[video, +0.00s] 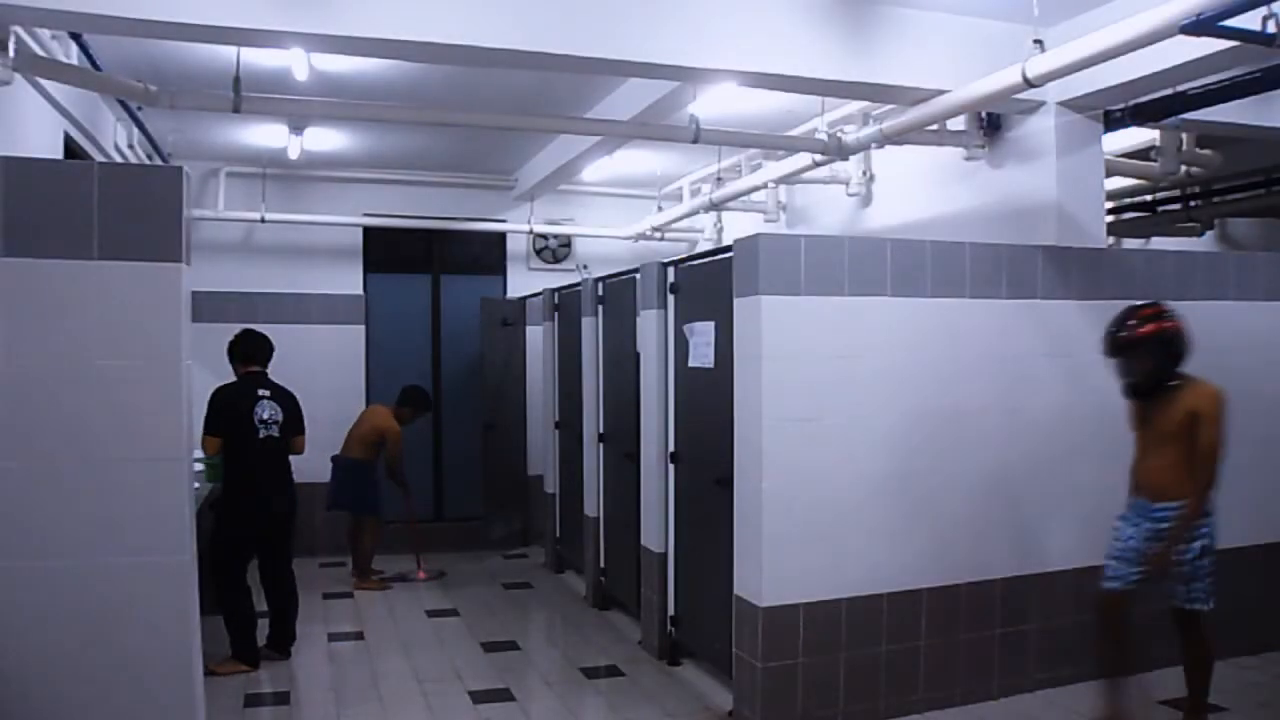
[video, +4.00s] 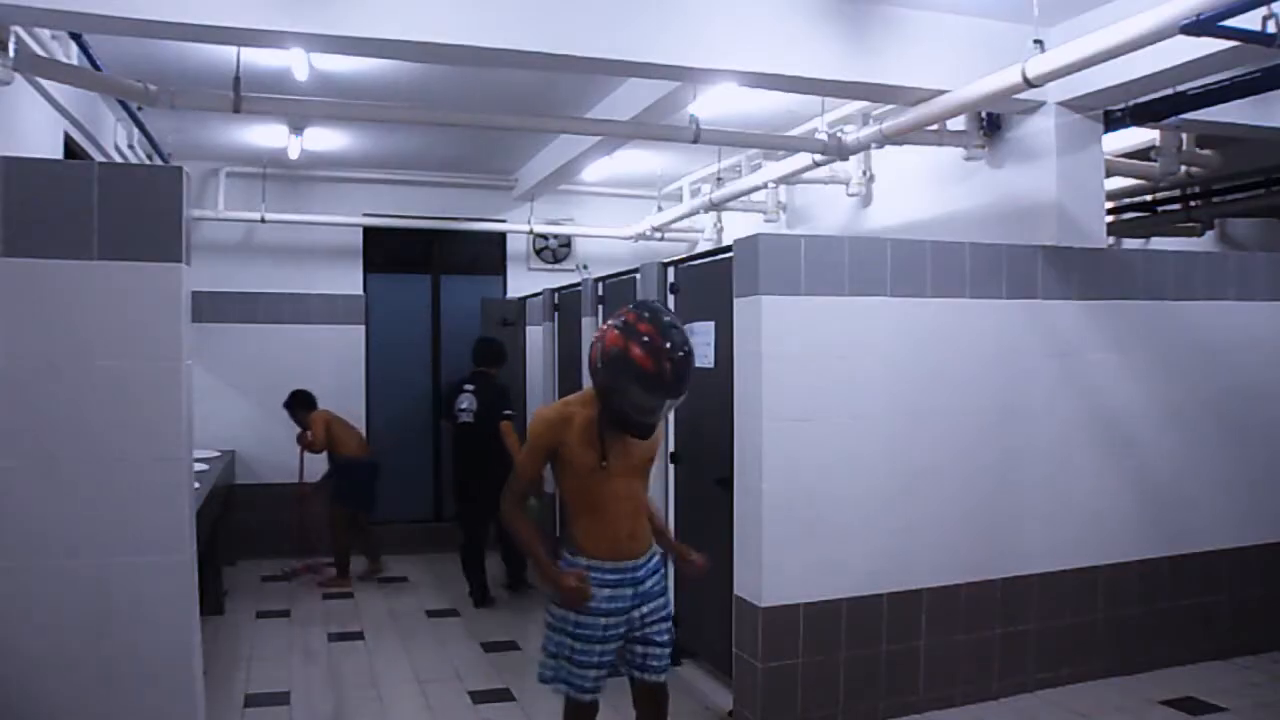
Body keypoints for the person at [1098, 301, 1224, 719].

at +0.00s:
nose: (1126, 369)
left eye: (1133, 358)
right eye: (1123, 360)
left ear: (1161, 353)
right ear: (1126, 360)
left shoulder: (1203, 398)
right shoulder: (1141, 398)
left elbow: (1205, 482)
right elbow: (1144, 459)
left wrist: (1170, 542)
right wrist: (1132, 514)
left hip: (1187, 519)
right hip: (1141, 513)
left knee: (1190, 614)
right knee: (1111, 596)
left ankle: (1197, 707)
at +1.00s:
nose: (835, 391)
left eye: (843, 379)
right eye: (831, 380)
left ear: (872, 369)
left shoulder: (915, 413)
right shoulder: (854, 411)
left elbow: (929, 503)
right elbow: (859, 483)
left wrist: (900, 577)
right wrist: (840, 544)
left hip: (886, 549)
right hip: (841, 544)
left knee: (877, 660)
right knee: (812, 649)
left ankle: (885, 714)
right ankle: (826, 714)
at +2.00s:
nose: (674, 417)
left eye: (684, 408)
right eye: (663, 407)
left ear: (699, 392)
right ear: (637, 381)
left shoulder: (699, 423)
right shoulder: (592, 419)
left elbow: (698, 502)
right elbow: (570, 506)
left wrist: (716, 564)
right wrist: (602, 578)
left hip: (678, 575)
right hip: (617, 577)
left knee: (672, 694)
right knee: (601, 700)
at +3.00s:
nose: (637, 415)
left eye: (646, 403)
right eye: (625, 405)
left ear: (655, 387)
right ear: (598, 383)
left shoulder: (655, 420)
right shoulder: (548, 422)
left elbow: (637, 495)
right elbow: (515, 501)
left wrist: (668, 559)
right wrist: (538, 576)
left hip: (645, 583)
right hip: (580, 587)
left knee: (659, 700)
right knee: (578, 708)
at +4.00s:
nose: (649, 419)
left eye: (658, 407)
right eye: (640, 406)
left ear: (665, 392)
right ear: (608, 384)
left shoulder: (653, 419)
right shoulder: (555, 422)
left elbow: (635, 495)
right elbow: (511, 505)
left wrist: (675, 547)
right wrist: (551, 573)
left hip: (649, 579)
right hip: (589, 583)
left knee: (653, 697)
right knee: (582, 706)